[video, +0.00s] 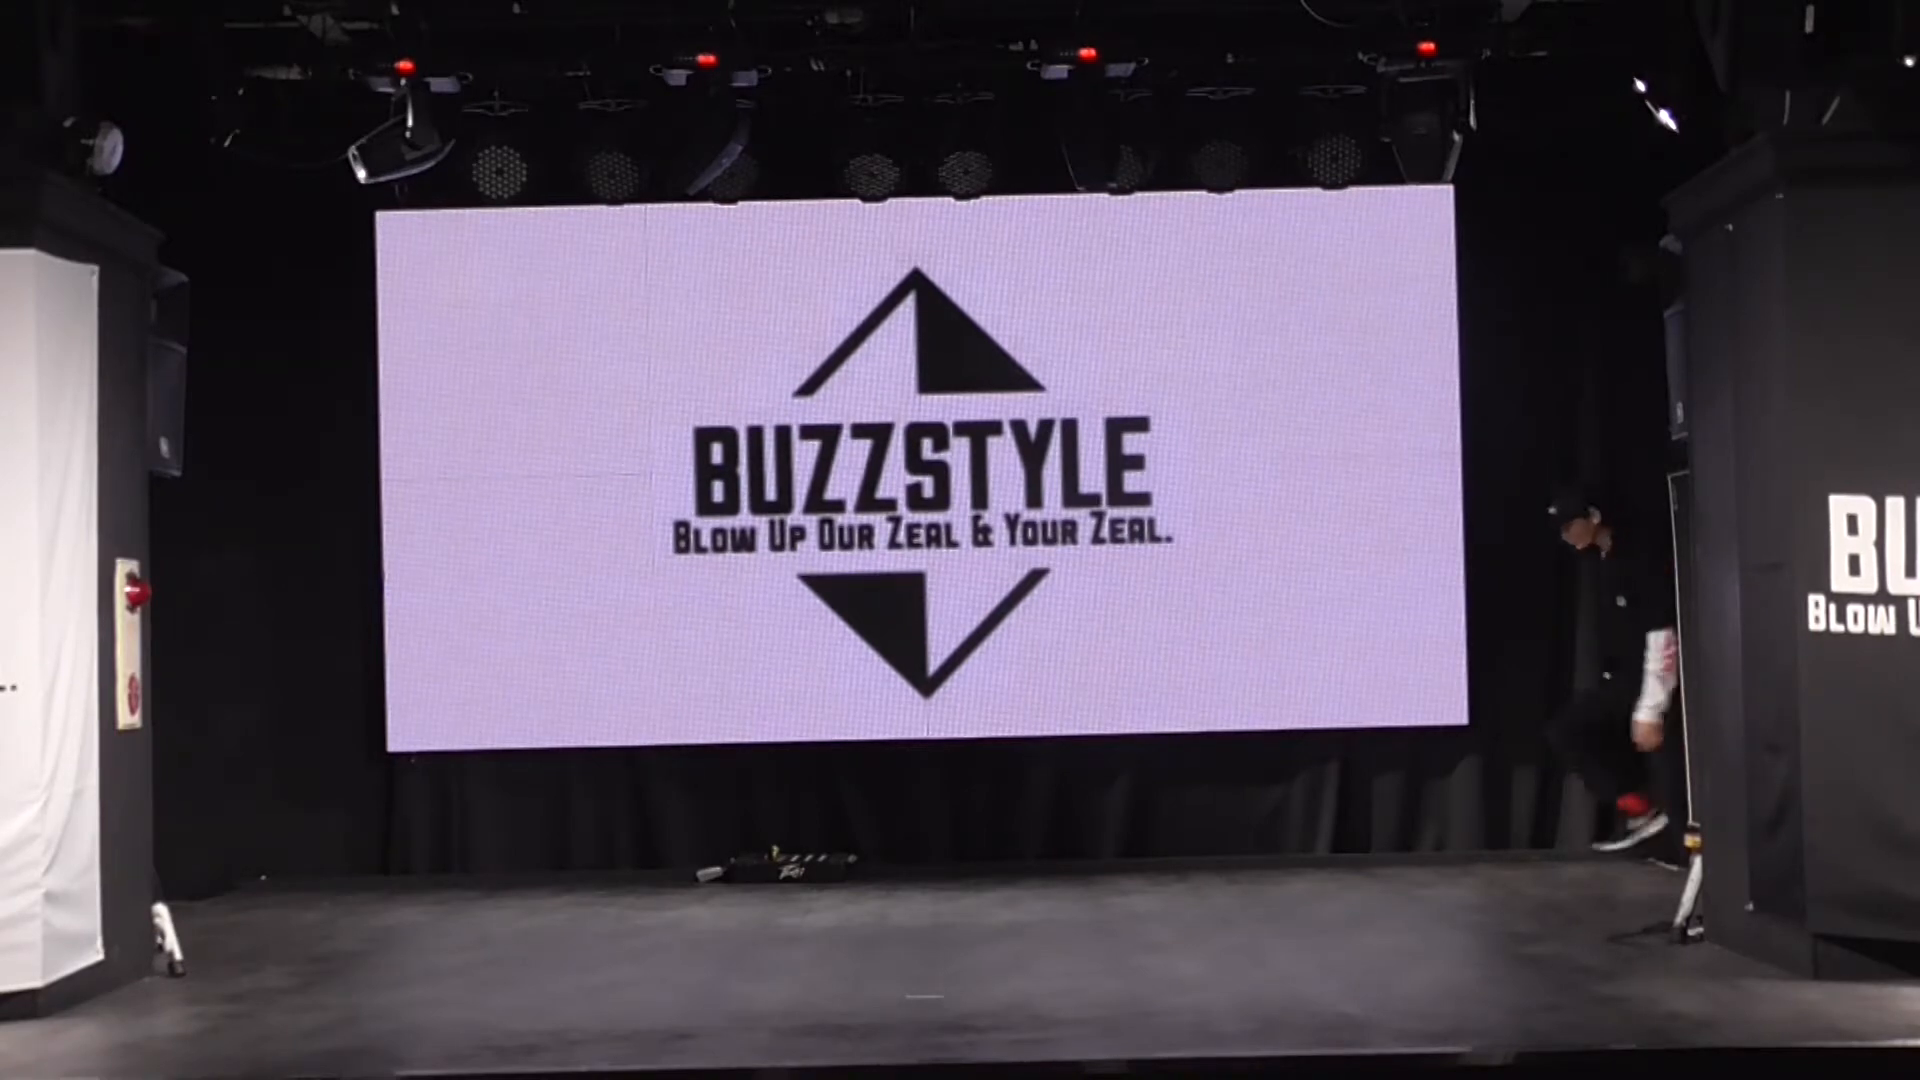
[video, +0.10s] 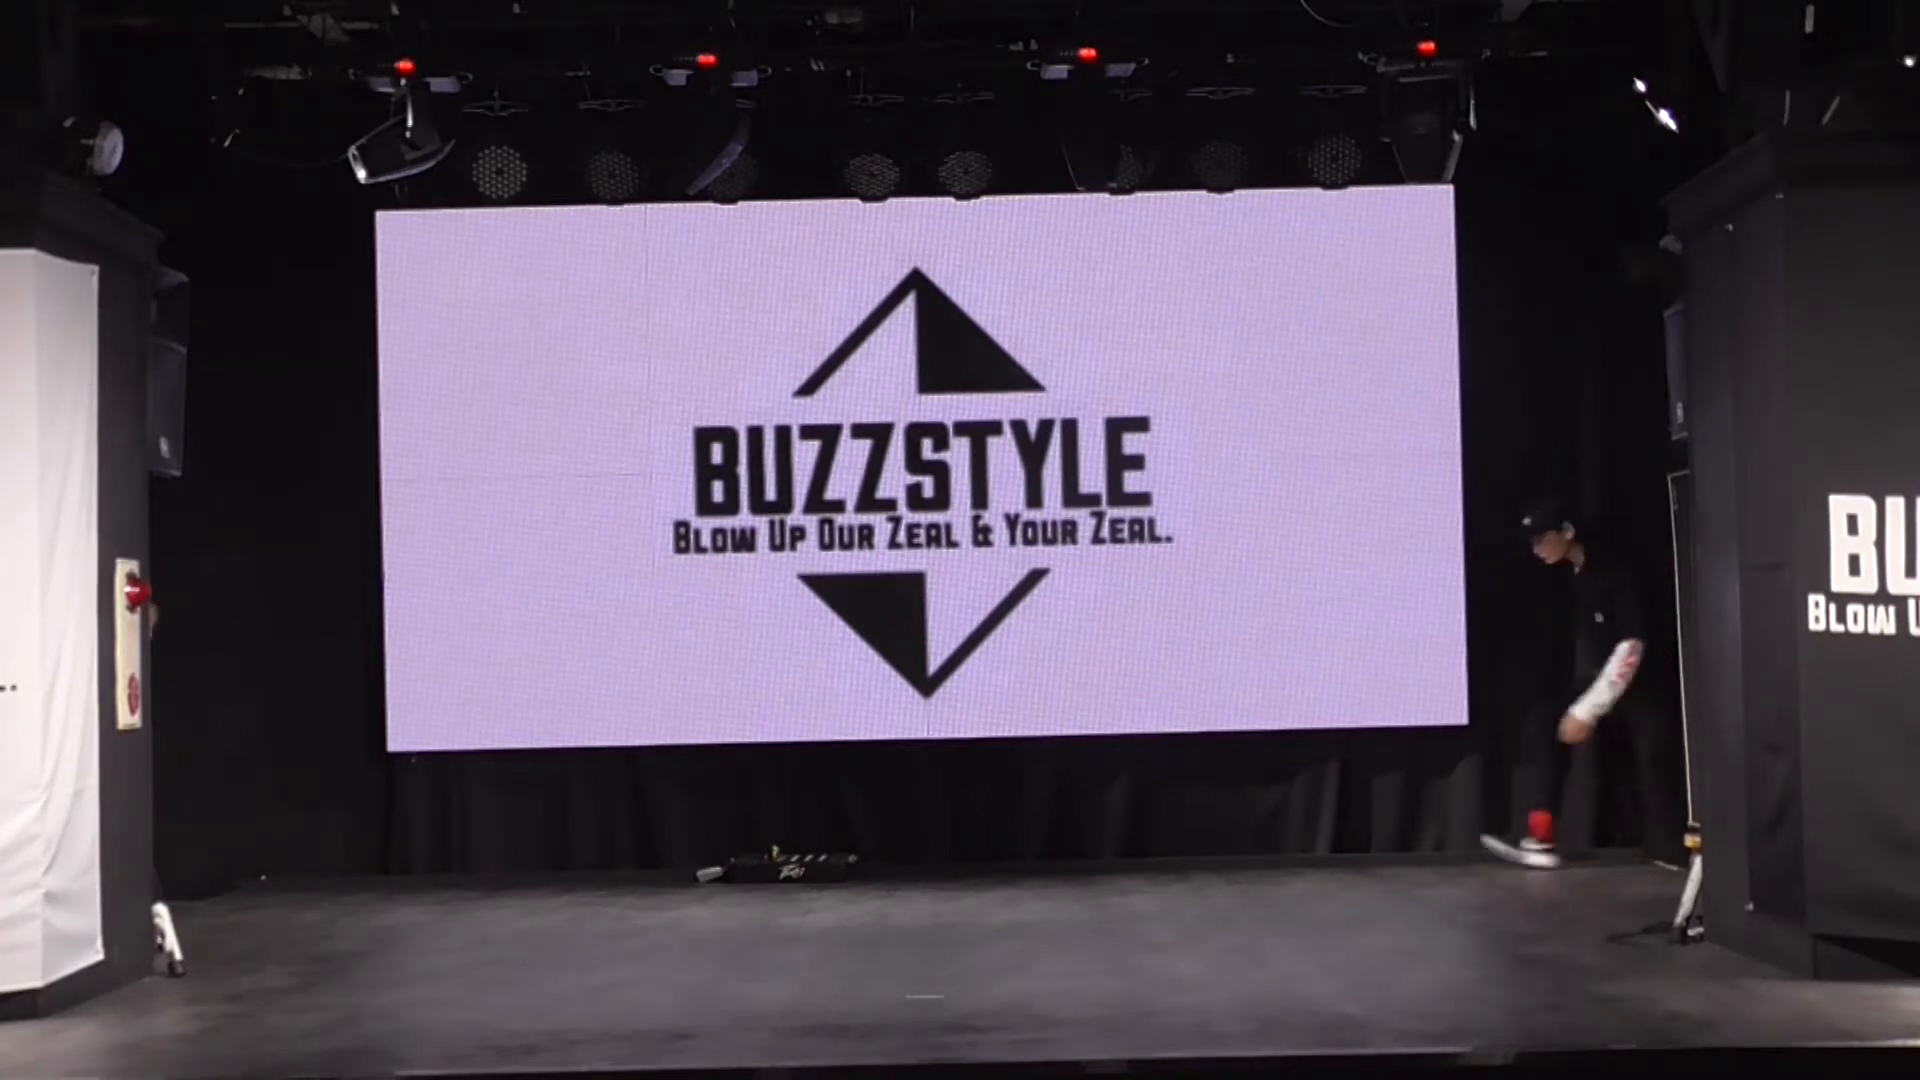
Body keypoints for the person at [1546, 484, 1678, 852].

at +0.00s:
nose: (1565, 536)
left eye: (1569, 526)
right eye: (1562, 528)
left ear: (1593, 517)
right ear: (1588, 521)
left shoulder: (1635, 553)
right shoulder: (1604, 557)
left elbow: (1662, 636)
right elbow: (1614, 633)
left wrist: (1651, 708)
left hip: (1649, 678)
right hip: (1622, 678)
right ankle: (1638, 812)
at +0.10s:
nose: (1537, 551)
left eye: (1542, 540)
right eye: (1534, 543)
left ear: (1567, 532)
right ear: (1560, 536)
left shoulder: (1607, 568)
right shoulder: (1579, 572)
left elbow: (1630, 646)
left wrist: (1588, 709)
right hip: (1591, 681)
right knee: (1546, 724)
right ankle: (1540, 836)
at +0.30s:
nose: (1460, 537)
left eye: (1464, 527)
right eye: (1456, 529)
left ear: (1488, 521)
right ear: (1475, 527)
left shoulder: (1523, 550)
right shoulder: (1500, 557)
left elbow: (1555, 617)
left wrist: (1510, 679)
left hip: (1585, 655)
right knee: (1497, 727)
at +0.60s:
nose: (1374, 471)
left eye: (1378, 462)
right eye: (1371, 464)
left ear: (1403, 453)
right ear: (1392, 459)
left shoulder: (1446, 490)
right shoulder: (1413, 497)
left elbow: (1504, 551)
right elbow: (1449, 564)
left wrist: (1534, 619)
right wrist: (1456, 624)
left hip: (1490, 630)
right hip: (1461, 634)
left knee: (1481, 728)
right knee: (1461, 736)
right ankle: (1502, 842)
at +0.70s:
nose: (1350, 463)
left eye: (1355, 453)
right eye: (1346, 455)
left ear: (1381, 444)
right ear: (1364, 452)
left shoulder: (1433, 481)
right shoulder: (1385, 495)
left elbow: (1490, 541)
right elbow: (1410, 565)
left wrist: (1524, 603)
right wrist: (1418, 624)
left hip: (1468, 617)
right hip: (1438, 621)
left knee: (1409, 706)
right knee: (1456, 723)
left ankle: (1514, 741)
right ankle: (1501, 840)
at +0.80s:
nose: (1322, 458)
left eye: (1327, 448)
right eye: (1319, 449)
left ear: (1354, 441)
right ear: (1342, 446)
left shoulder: (1408, 479)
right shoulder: (1357, 494)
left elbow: (1467, 536)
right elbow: (1373, 573)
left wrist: (1500, 597)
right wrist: (1363, 640)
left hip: (1429, 616)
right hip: (1408, 620)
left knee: (1354, 696)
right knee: (1448, 729)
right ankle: (1499, 837)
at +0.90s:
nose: (1292, 460)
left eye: (1299, 450)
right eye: (1290, 451)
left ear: (1326, 446)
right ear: (1311, 452)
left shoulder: (1373, 489)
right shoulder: (1325, 502)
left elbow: (1437, 540)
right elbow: (1336, 574)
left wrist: (1466, 603)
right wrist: (1299, 624)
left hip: (1392, 628)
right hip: (1372, 631)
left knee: (1333, 716)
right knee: (1434, 729)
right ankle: (1496, 836)